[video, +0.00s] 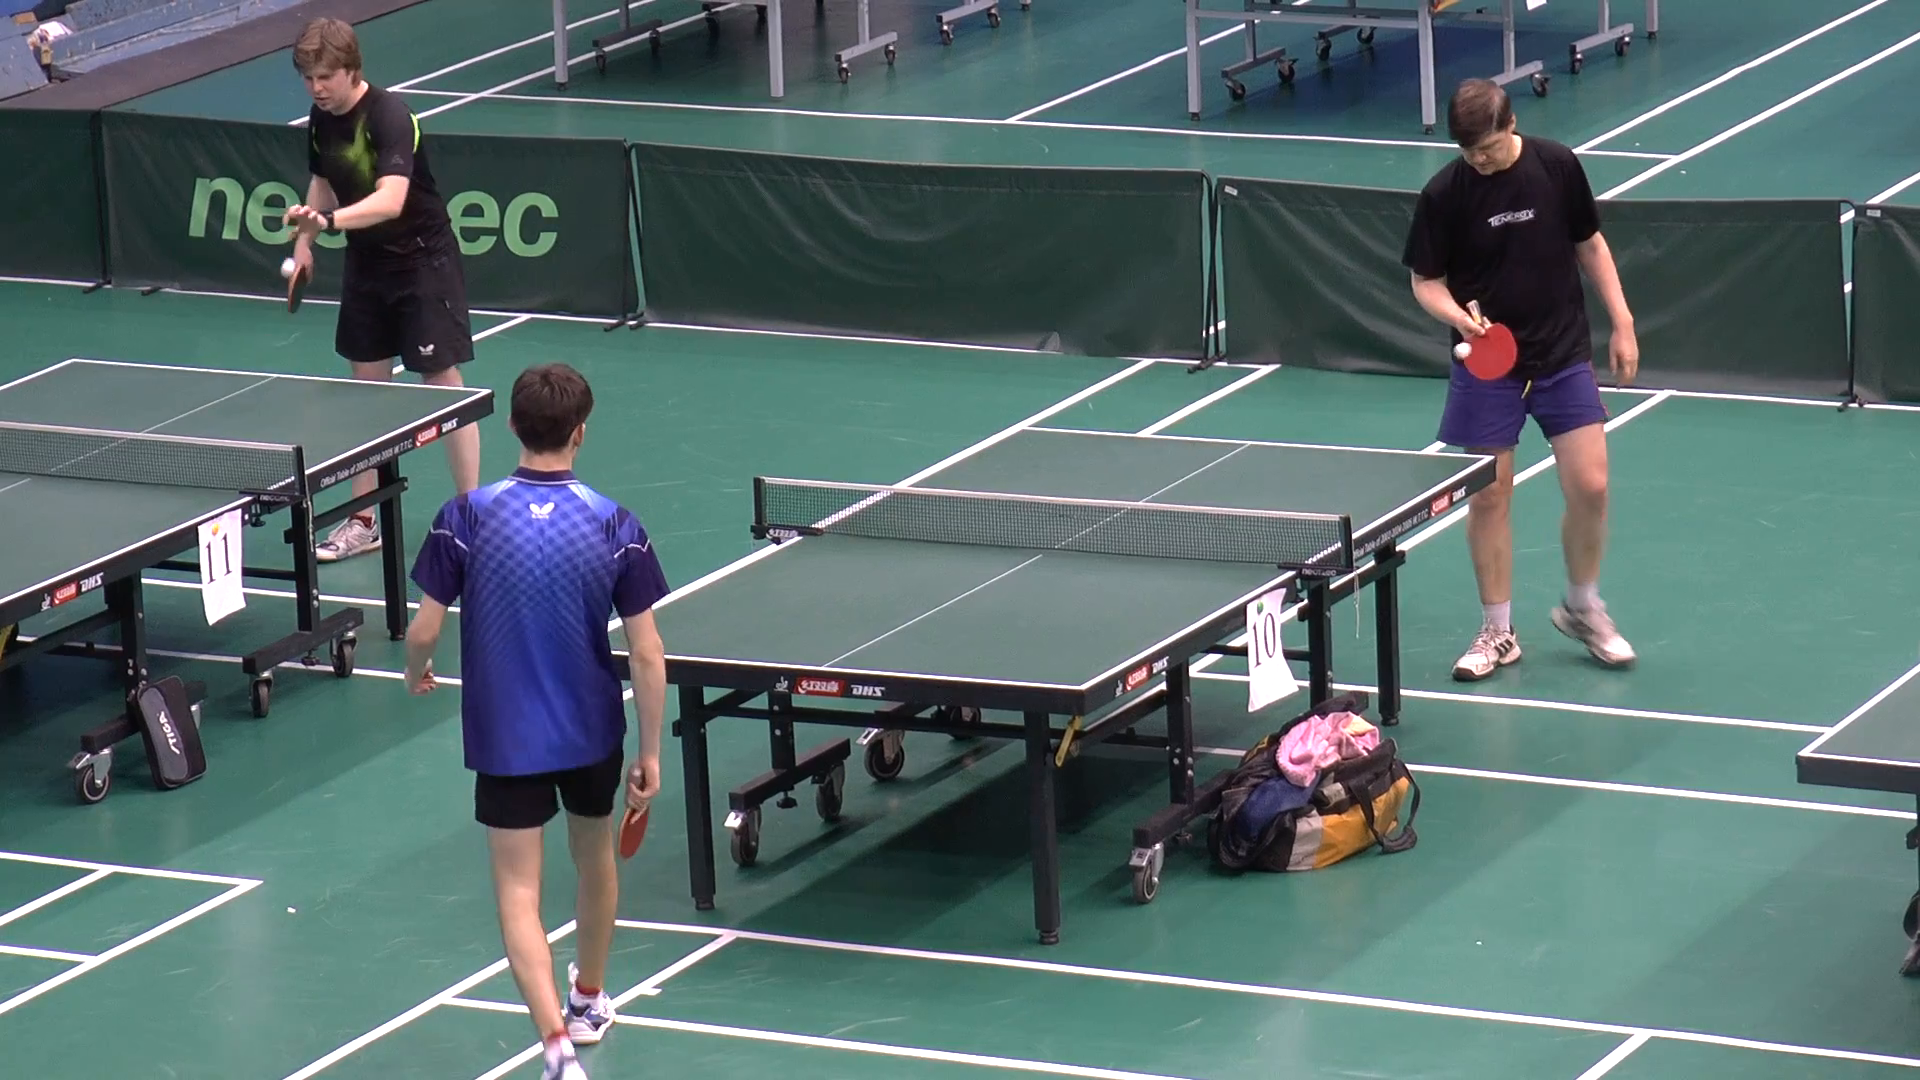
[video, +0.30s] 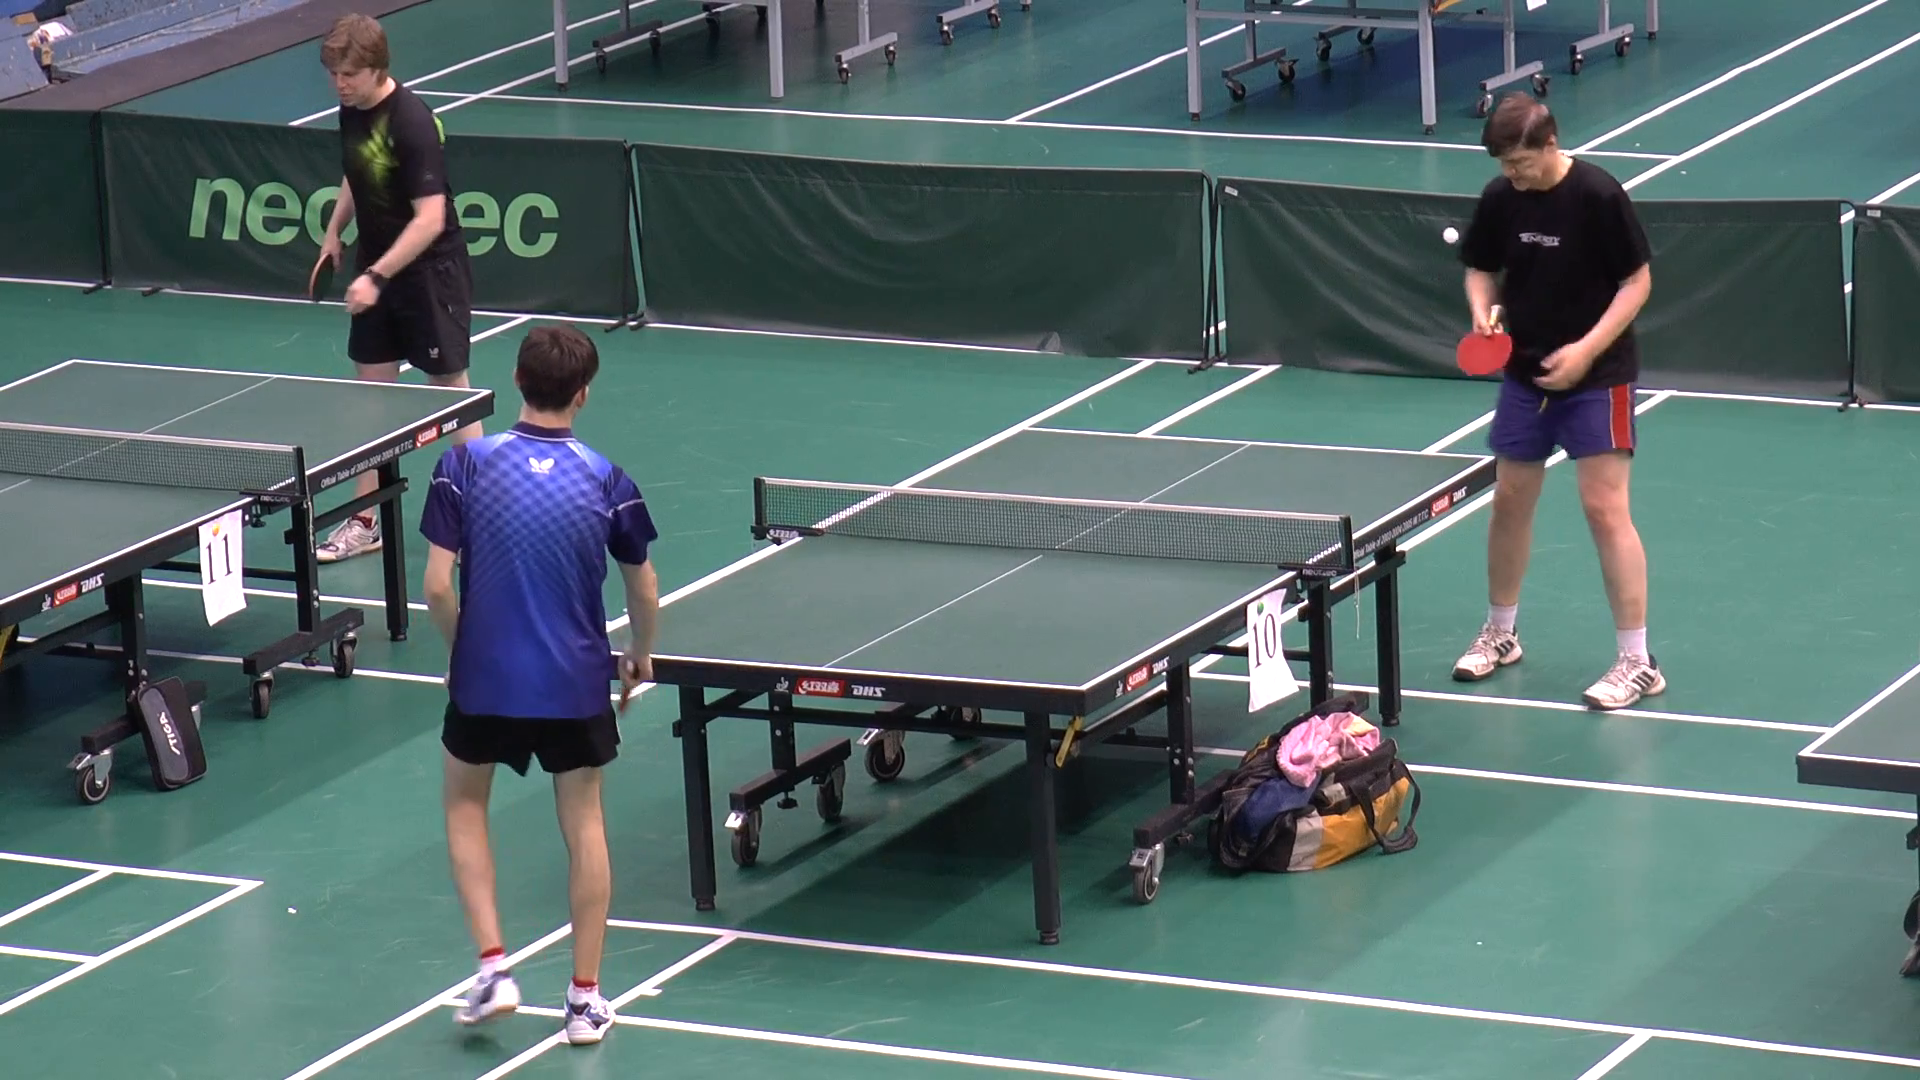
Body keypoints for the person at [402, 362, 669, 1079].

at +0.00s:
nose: (577, 432)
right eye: (580, 423)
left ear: (511, 427)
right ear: (580, 430)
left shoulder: (465, 516)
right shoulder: (612, 523)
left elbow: (422, 633)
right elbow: (648, 656)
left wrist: (418, 669)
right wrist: (650, 752)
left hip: (505, 740)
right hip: (589, 735)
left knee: (518, 894)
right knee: (598, 861)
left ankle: (558, 1052)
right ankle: (587, 1000)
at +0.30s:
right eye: (581, 386)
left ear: (516, 385)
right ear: (583, 392)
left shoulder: (464, 462)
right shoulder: (607, 478)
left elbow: (437, 588)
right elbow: (644, 594)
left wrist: (466, 651)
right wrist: (642, 657)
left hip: (485, 690)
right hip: (574, 693)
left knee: (466, 807)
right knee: (586, 828)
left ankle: (492, 966)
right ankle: (586, 995)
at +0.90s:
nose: (497, 354)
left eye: (493, 343)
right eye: (495, 345)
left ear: (425, 355)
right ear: (480, 356)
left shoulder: (386, 429)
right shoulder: (494, 449)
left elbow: (363, 545)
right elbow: (507, 578)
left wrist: (412, 593)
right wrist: (544, 628)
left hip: (420, 653)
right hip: (494, 656)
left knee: (432, 786)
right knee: (531, 789)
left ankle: (438, 951)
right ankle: (505, 964)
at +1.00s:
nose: (496, 352)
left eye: (492, 341)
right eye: (493, 344)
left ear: (426, 353)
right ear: (477, 354)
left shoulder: (384, 424)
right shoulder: (486, 448)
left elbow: (360, 541)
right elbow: (494, 576)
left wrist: (408, 586)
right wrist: (536, 631)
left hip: (413, 648)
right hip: (482, 652)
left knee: (433, 779)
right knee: (510, 787)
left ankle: (438, 950)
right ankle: (487, 961)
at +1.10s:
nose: (496, 354)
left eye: (492, 344)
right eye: (493, 347)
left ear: (423, 357)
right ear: (477, 360)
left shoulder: (383, 424)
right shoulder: (484, 452)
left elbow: (354, 540)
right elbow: (494, 581)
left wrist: (404, 574)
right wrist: (535, 628)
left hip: (406, 649)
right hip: (478, 654)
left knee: (436, 764)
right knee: (508, 790)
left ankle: (432, 935)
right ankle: (490, 965)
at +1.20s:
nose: (496, 365)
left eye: (493, 354)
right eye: (494, 356)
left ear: (423, 361)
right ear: (481, 366)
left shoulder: (378, 427)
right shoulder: (479, 457)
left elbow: (346, 541)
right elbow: (500, 588)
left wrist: (392, 577)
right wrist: (535, 628)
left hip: (405, 646)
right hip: (471, 656)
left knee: (430, 741)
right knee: (511, 790)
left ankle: (403, 900)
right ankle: (490, 968)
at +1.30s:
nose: (494, 368)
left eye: (492, 356)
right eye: (492, 359)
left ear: (421, 364)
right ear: (474, 369)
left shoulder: (375, 427)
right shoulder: (467, 461)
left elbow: (342, 535)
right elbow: (500, 589)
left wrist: (364, 563)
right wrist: (538, 626)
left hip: (396, 642)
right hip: (462, 653)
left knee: (412, 741)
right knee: (511, 790)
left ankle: (373, 901)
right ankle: (490, 966)